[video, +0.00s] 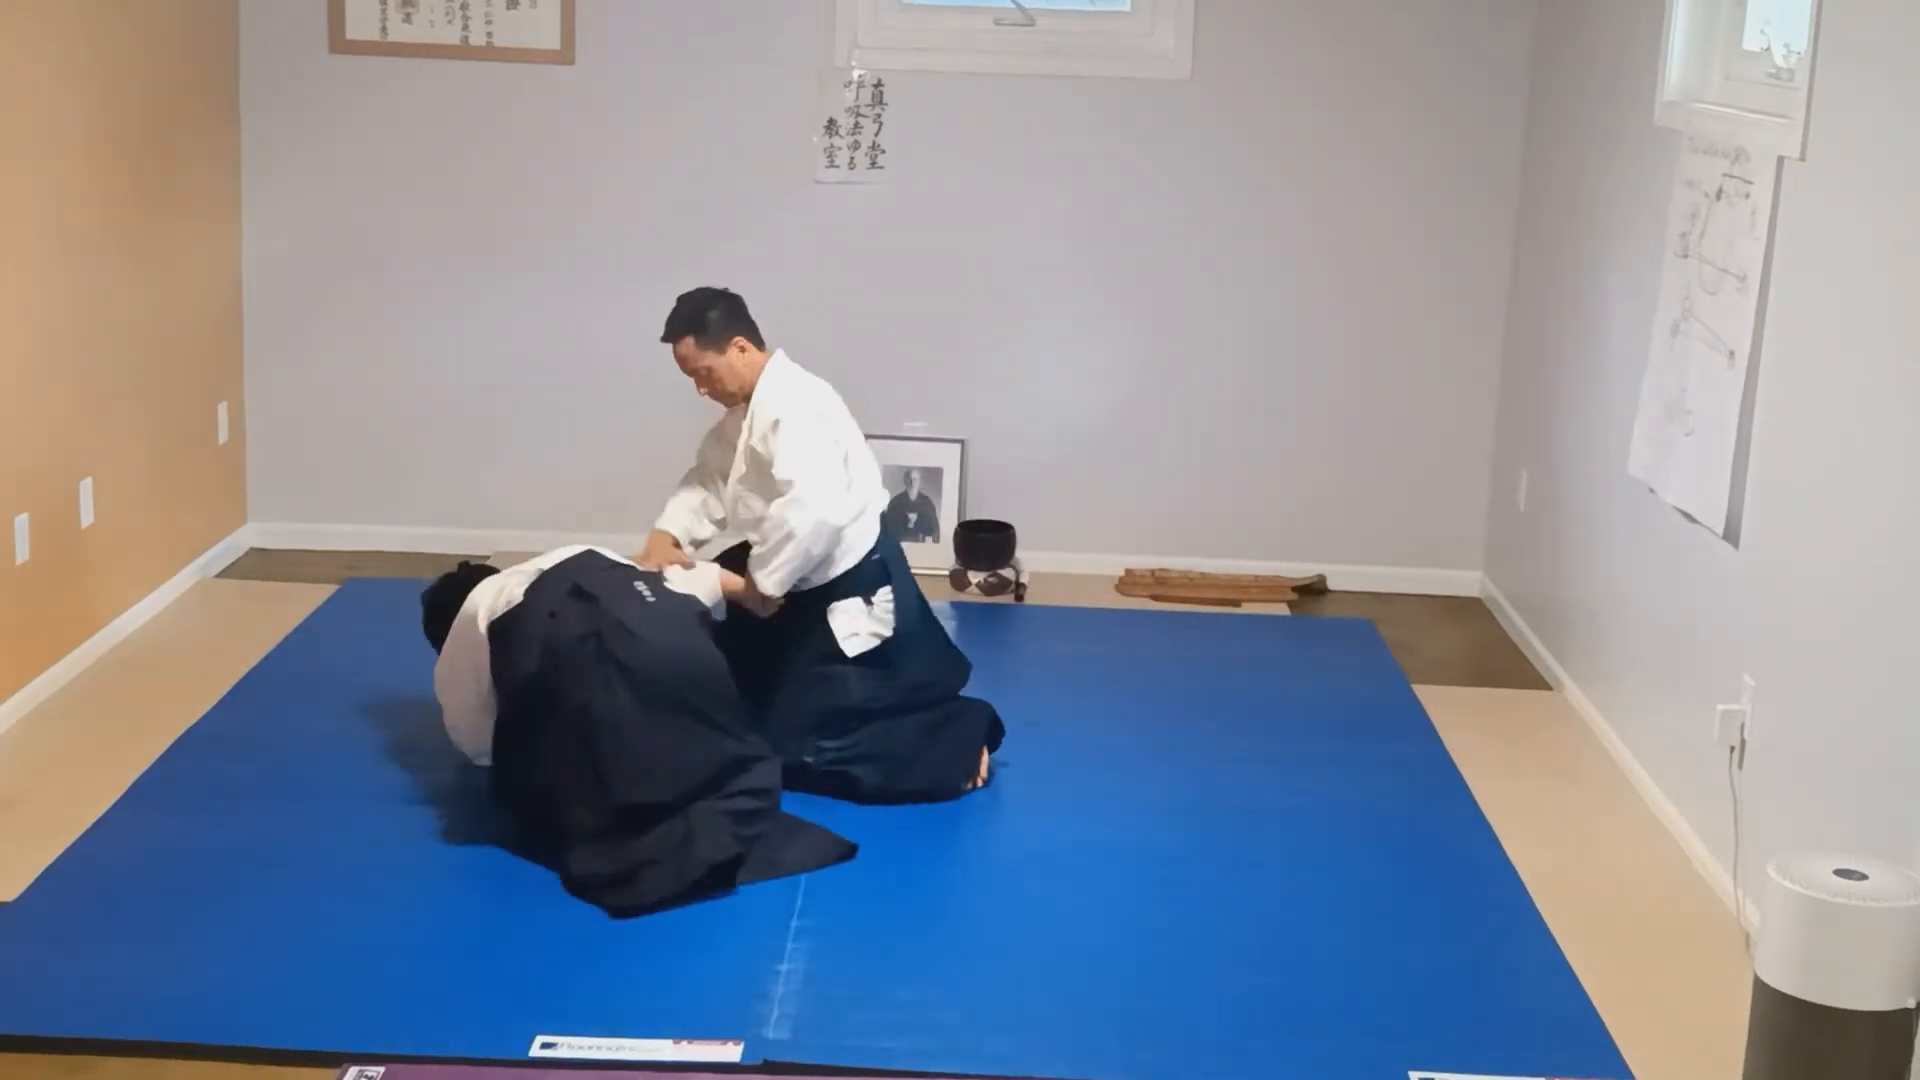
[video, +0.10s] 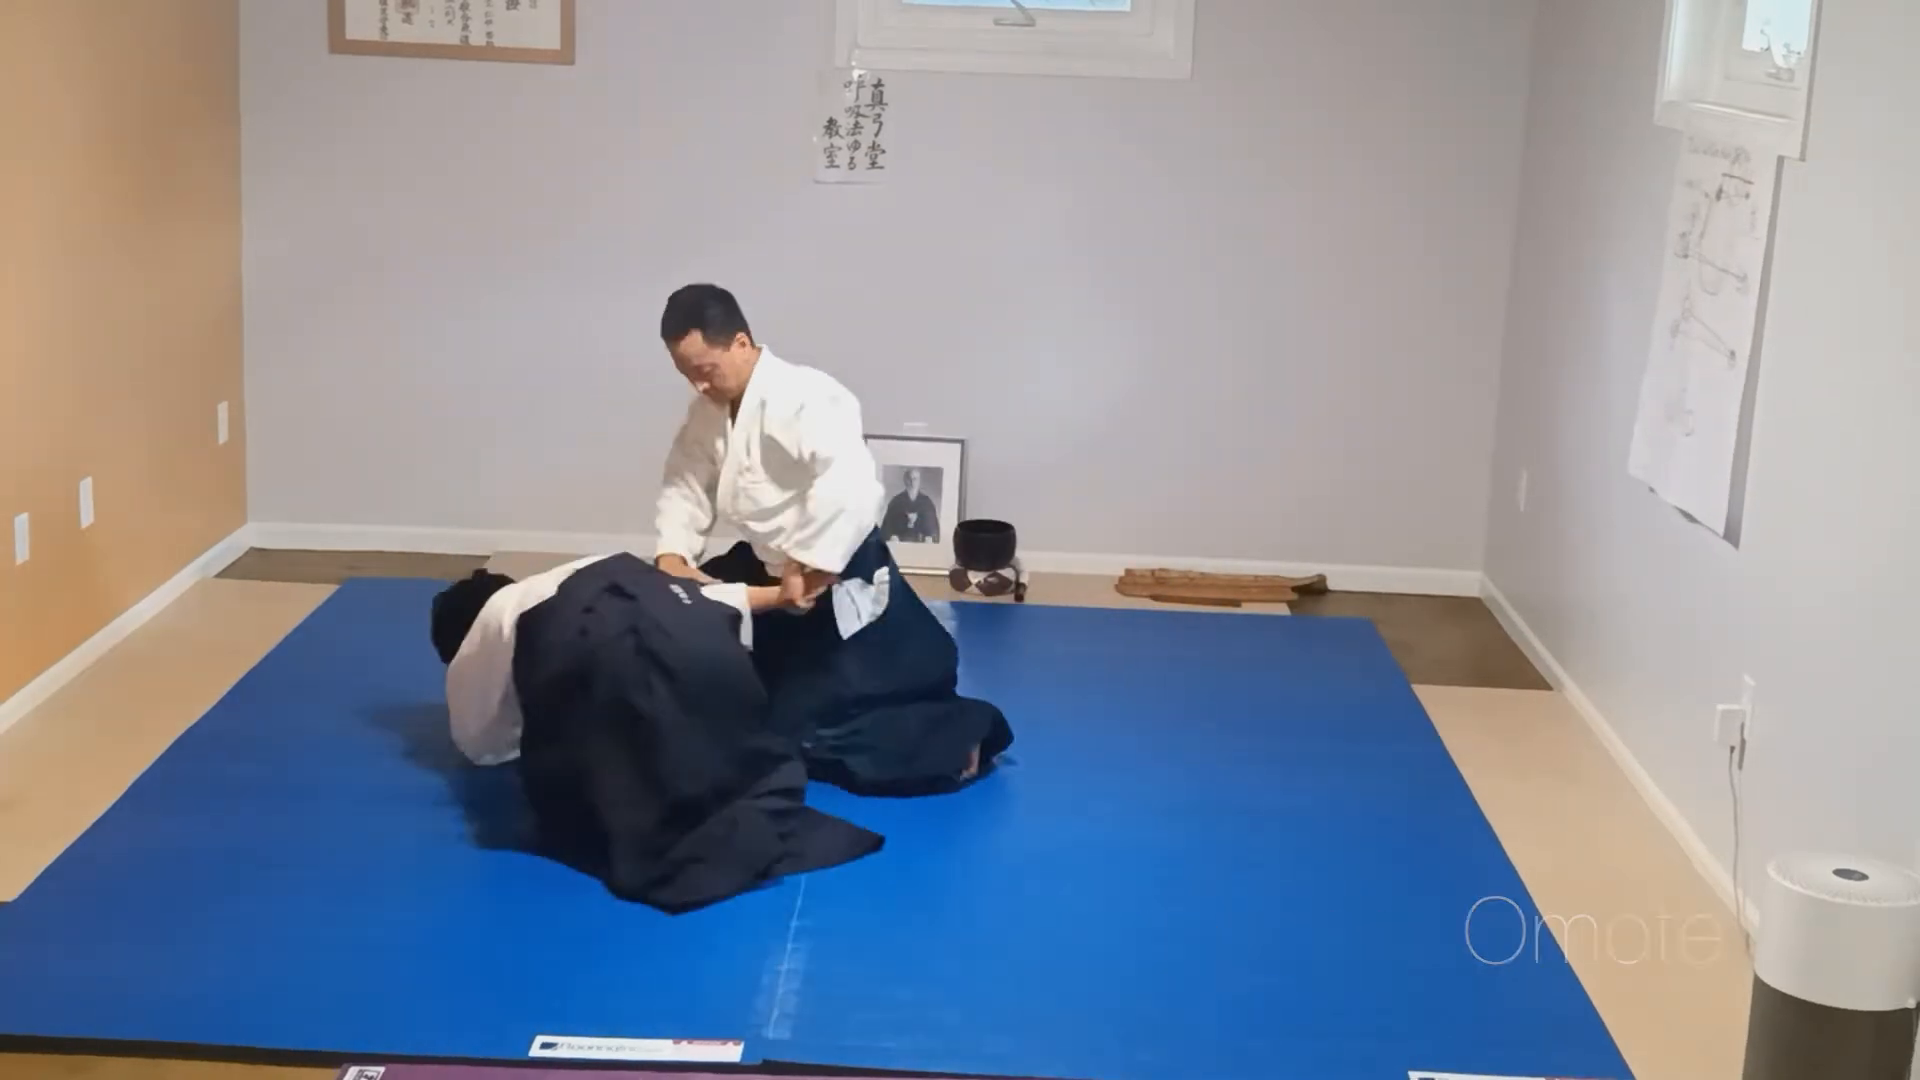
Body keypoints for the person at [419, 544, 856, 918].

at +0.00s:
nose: (441, 654)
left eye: (438, 642)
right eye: (440, 644)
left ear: (447, 625)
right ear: (487, 571)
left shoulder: (457, 641)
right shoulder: (580, 555)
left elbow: (476, 745)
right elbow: (671, 580)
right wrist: (728, 583)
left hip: (542, 645)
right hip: (642, 614)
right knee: (711, 747)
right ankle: (725, 827)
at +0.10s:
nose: (450, 660)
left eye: (448, 652)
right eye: (450, 654)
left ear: (455, 636)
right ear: (496, 584)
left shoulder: (469, 651)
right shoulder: (580, 569)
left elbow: (481, 747)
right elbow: (696, 592)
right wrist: (778, 594)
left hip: (578, 646)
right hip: (676, 617)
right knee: (734, 760)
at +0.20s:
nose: (474, 664)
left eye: (472, 656)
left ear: (483, 638)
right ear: (527, 592)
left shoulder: (497, 648)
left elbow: (484, 747)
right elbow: (723, 603)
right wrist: (810, 585)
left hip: (604, 641)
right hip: (708, 629)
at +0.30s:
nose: (514, 670)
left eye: (512, 660)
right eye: (511, 663)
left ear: (526, 638)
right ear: (574, 602)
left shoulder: (546, 635)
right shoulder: (663, 591)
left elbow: (490, 745)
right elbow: (761, 607)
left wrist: (557, 704)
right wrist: (833, 569)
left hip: (634, 660)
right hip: (742, 645)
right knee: (804, 780)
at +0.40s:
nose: (539, 673)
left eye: (543, 665)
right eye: (542, 665)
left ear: (563, 646)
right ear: (603, 612)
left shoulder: (582, 641)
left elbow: (500, 743)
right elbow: (782, 607)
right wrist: (837, 558)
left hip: (651, 665)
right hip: (747, 652)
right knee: (835, 786)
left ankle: (688, 832)